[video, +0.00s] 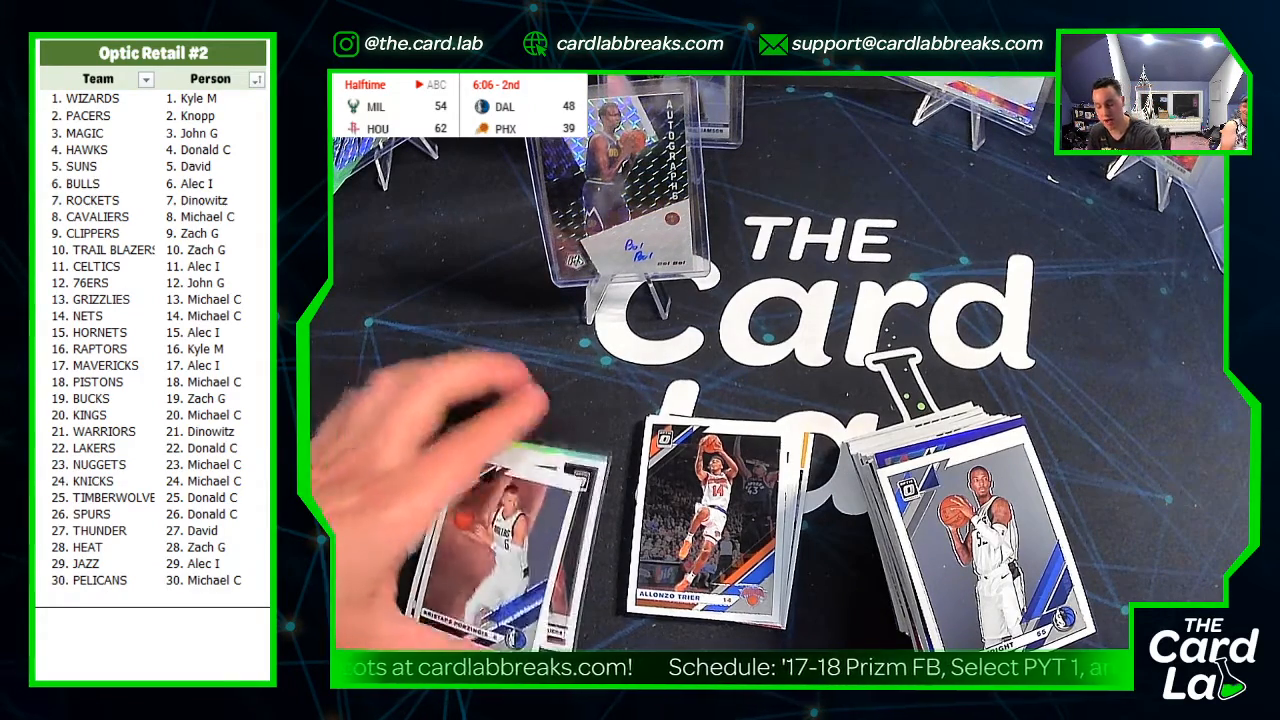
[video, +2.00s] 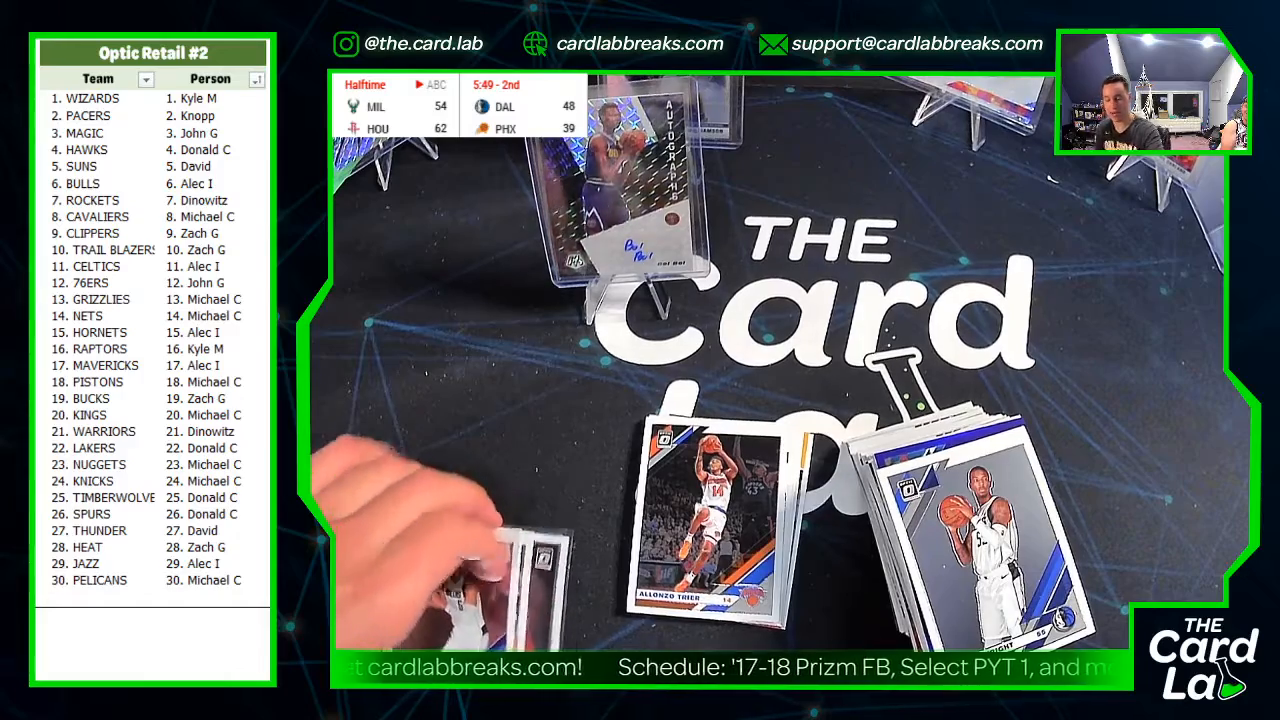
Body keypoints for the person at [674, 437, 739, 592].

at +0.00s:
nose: (714, 463)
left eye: (717, 462)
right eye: (713, 461)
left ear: (721, 465)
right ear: (709, 465)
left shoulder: (727, 476)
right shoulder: (706, 476)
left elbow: (734, 468)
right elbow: (698, 470)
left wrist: (722, 452)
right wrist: (700, 450)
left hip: (721, 513)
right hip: (706, 507)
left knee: (707, 550)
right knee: (704, 512)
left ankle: (688, 579)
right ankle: (688, 540)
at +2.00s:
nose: (714, 464)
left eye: (717, 462)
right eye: (713, 462)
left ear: (721, 465)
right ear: (709, 465)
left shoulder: (727, 476)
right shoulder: (706, 477)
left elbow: (734, 469)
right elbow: (699, 471)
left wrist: (721, 452)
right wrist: (700, 451)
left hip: (720, 513)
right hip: (706, 507)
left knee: (707, 550)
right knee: (704, 512)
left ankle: (688, 579)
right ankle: (688, 540)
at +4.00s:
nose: (714, 463)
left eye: (717, 462)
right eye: (712, 461)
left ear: (721, 466)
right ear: (709, 465)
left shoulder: (727, 476)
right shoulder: (705, 477)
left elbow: (734, 469)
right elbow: (698, 471)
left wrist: (721, 452)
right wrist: (700, 450)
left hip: (720, 512)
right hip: (705, 507)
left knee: (707, 550)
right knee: (705, 512)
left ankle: (688, 580)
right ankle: (688, 540)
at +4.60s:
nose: (714, 464)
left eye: (717, 462)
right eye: (713, 462)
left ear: (721, 465)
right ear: (709, 465)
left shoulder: (727, 476)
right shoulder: (705, 477)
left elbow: (734, 469)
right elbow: (698, 471)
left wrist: (722, 452)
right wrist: (700, 451)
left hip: (720, 513)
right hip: (706, 507)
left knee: (707, 550)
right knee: (705, 512)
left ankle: (688, 580)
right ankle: (688, 540)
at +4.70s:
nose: (714, 464)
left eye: (717, 462)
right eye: (712, 462)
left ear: (721, 465)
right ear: (709, 464)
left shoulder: (726, 476)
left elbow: (734, 468)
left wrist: (722, 453)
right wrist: (700, 449)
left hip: (719, 510)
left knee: (708, 544)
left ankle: (708, 576)